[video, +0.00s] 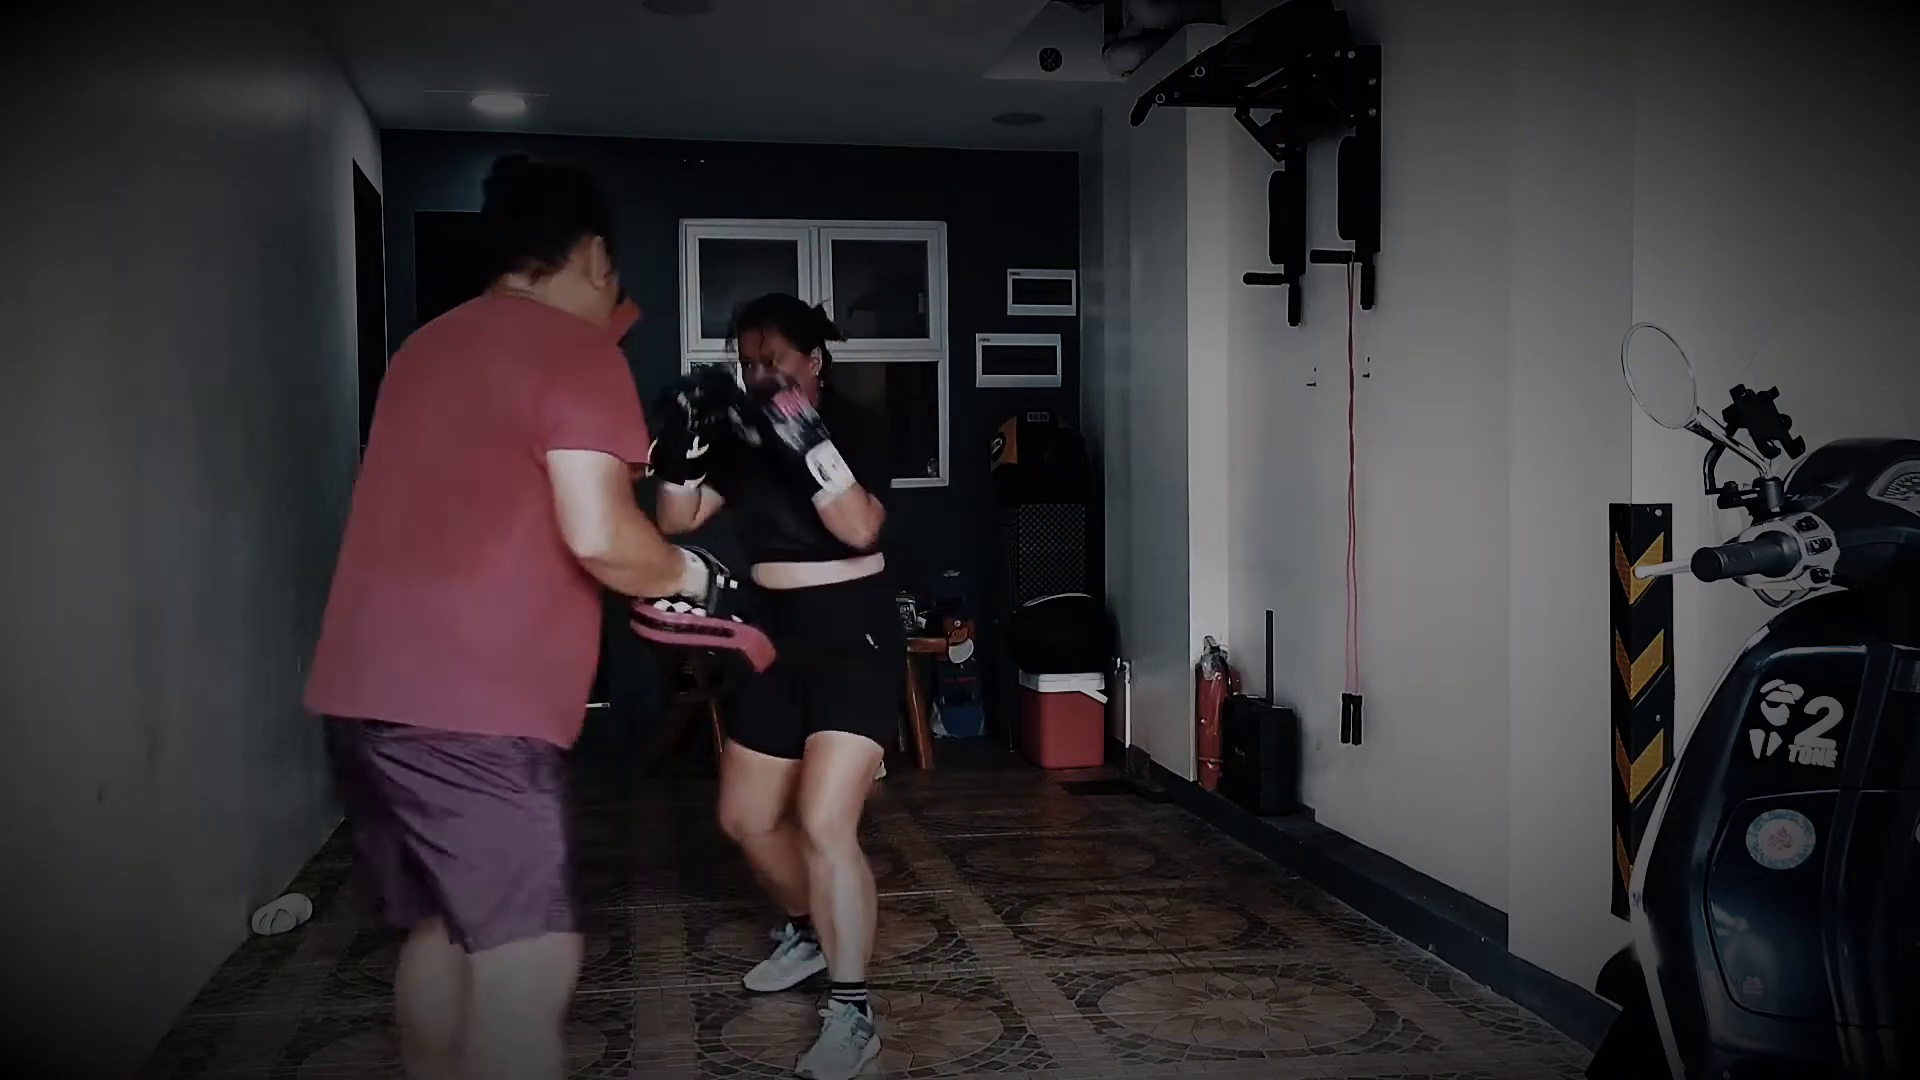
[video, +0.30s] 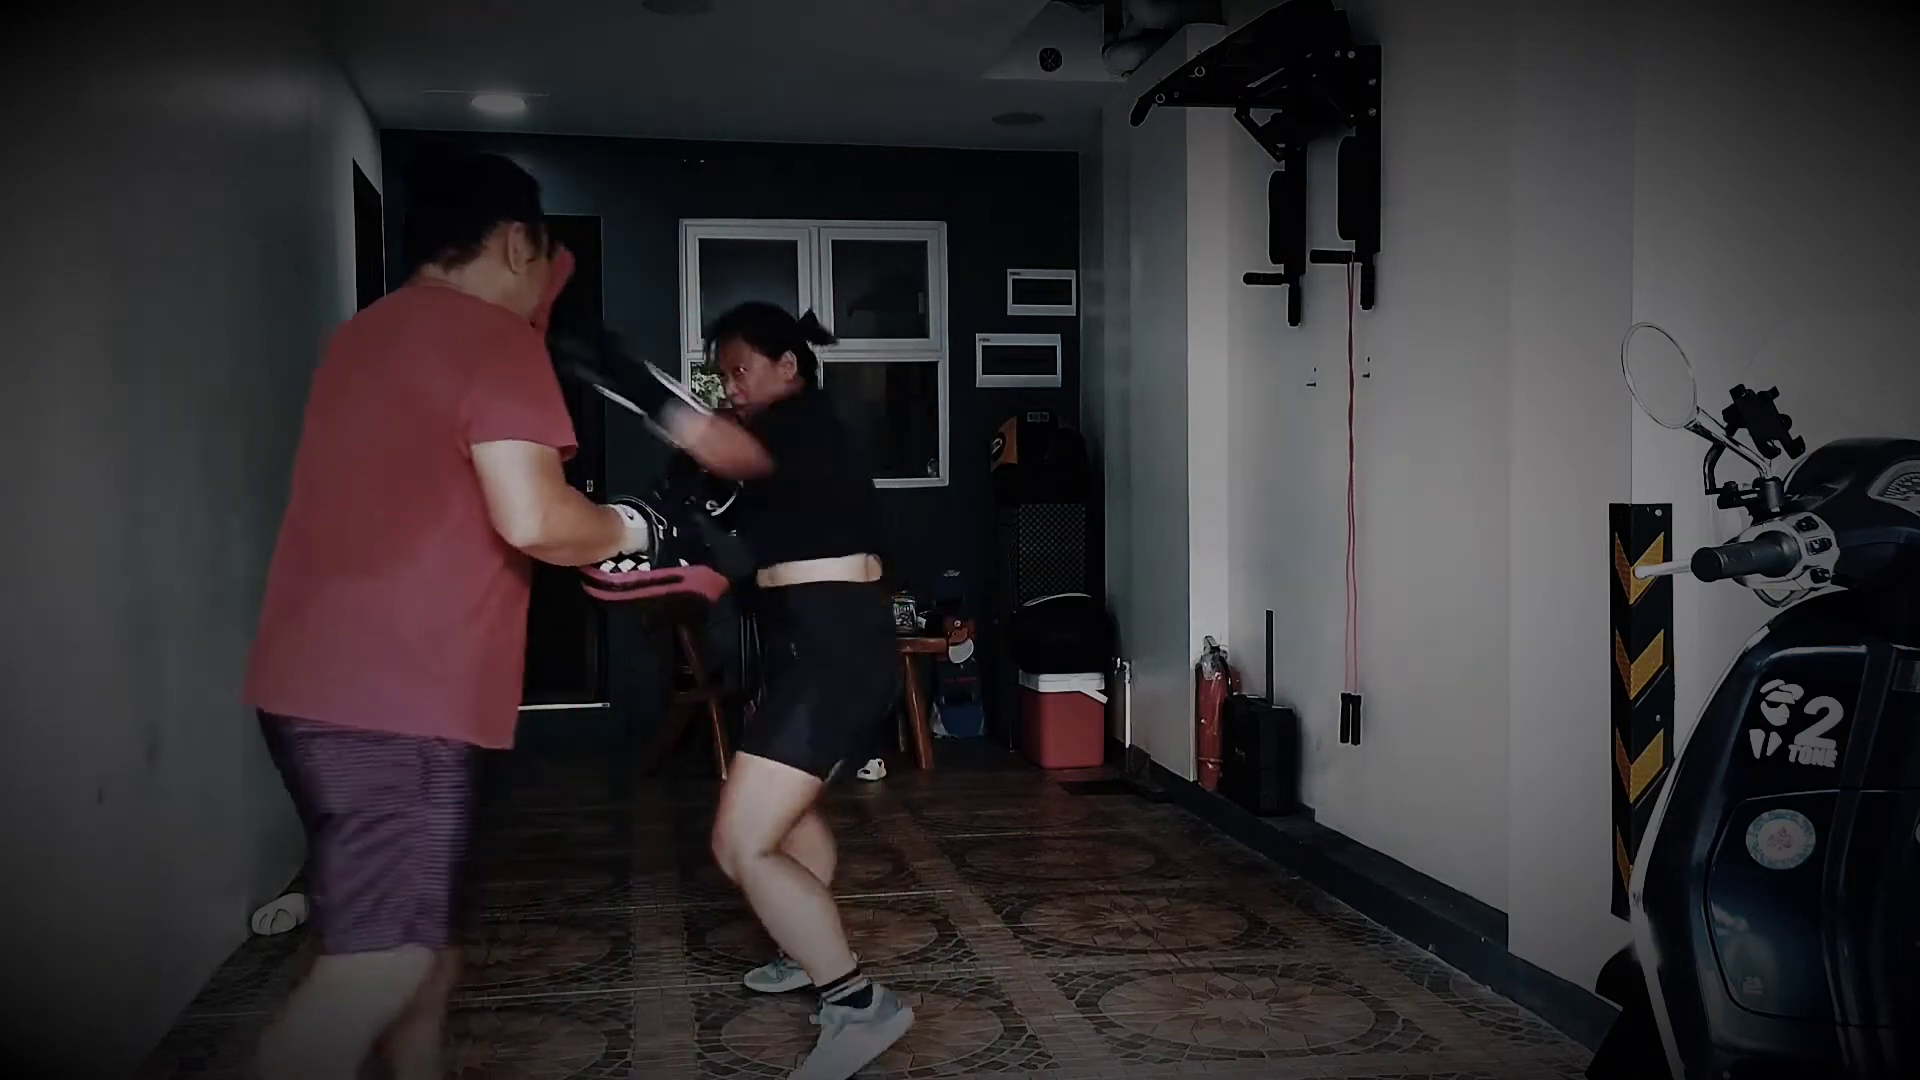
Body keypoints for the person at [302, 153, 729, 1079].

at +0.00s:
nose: (615, 293)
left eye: (609, 270)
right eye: (609, 267)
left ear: (509, 256)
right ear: (582, 252)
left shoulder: (425, 347)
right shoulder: (574, 348)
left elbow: (482, 509)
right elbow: (602, 537)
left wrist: (638, 559)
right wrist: (689, 574)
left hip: (368, 699)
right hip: (479, 712)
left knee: (436, 930)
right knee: (529, 955)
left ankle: (436, 1075)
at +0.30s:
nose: (546, 290)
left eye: (550, 273)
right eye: (547, 266)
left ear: (438, 244)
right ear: (514, 242)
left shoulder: (367, 333)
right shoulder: (491, 337)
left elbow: (432, 504)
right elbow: (532, 518)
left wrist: (584, 558)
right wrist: (630, 524)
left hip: (323, 691)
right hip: (397, 705)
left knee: (414, 952)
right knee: (378, 958)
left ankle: (423, 1077)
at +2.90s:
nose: (514, 285)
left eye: (517, 266)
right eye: (515, 262)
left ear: (399, 229)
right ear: (492, 235)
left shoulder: (297, 320)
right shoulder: (476, 318)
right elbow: (620, 449)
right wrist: (617, 327)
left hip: (276, 720)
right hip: (405, 727)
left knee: (368, 995)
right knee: (449, 992)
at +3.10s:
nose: (497, 281)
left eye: (500, 262)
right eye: (499, 258)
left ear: (384, 229)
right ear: (475, 238)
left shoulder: (286, 330)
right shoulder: (449, 326)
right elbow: (603, 460)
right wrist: (610, 341)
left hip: (286, 734)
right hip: (396, 744)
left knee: (392, 1002)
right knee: (426, 1018)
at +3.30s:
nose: (481, 282)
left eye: (486, 261)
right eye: (485, 256)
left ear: (373, 221)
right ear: (458, 232)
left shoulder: (297, 326)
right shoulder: (399, 323)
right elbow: (568, 450)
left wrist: (502, 310)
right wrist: (580, 317)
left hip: (302, 731)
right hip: (383, 740)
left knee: (345, 953)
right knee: (408, 1003)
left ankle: (312, 1072)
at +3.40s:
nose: (465, 274)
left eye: (469, 253)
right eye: (465, 250)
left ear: (352, 228)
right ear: (438, 234)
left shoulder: (265, 342)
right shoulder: (428, 339)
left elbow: (387, 408)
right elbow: (587, 455)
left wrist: (502, 342)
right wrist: (585, 334)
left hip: (275, 733)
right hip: (393, 743)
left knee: (332, 954)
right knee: (412, 990)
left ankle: (307, 1078)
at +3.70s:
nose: (488, 283)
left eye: (491, 258)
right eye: (486, 254)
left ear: (386, 230)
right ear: (441, 234)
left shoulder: (321, 332)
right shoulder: (364, 334)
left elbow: (479, 464)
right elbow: (504, 483)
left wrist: (498, 335)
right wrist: (586, 370)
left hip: (322, 735)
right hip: (345, 743)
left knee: (340, 983)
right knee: (394, 996)